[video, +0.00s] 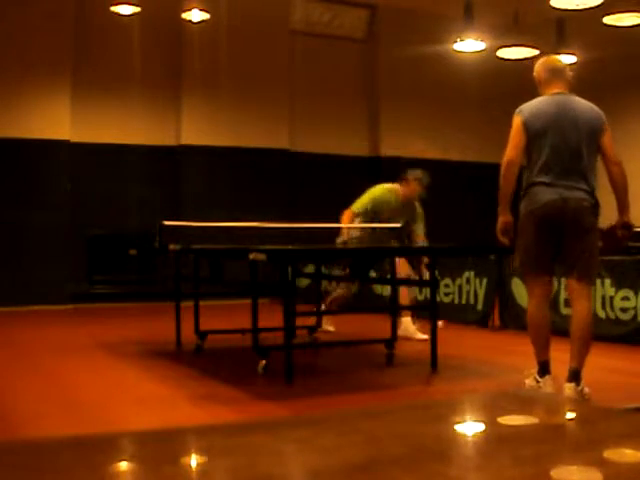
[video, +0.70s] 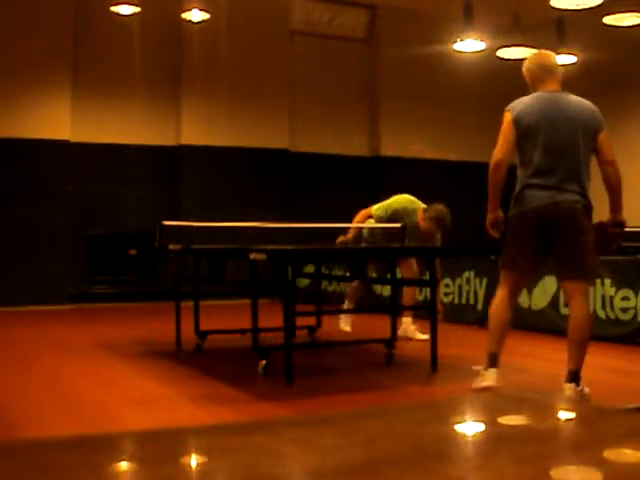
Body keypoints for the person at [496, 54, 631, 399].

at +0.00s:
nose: (535, 84)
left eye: (535, 79)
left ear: (539, 81)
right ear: (568, 78)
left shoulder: (526, 113)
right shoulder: (594, 114)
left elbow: (511, 162)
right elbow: (614, 165)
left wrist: (504, 211)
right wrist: (624, 213)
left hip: (538, 207)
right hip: (581, 207)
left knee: (538, 291)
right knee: (581, 290)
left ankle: (543, 373)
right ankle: (574, 380)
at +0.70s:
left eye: (526, 78)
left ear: (528, 79)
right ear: (559, 76)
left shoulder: (518, 109)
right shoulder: (588, 111)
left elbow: (499, 160)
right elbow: (609, 165)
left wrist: (493, 207)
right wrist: (617, 213)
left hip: (529, 215)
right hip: (573, 215)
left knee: (507, 288)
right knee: (578, 295)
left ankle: (490, 368)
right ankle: (573, 381)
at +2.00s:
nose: (486, 71)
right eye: (486, 65)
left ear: (454, 72)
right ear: (485, 69)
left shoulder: (436, 108)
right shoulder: (507, 107)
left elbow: (418, 162)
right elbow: (525, 161)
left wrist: (419, 212)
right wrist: (542, 212)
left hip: (445, 207)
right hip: (487, 208)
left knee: (455, 293)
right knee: (480, 297)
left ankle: (470, 373)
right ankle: (463, 382)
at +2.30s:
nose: (486, 70)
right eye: (485, 65)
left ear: (452, 71)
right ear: (486, 69)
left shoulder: (432, 104)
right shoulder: (504, 107)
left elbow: (409, 156)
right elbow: (519, 162)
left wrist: (415, 209)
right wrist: (530, 215)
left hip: (441, 206)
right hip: (483, 207)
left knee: (453, 290)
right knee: (480, 294)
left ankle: (463, 375)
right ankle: (462, 383)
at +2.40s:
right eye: (482, 64)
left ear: (451, 68)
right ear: (484, 68)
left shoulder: (432, 103)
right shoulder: (504, 106)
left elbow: (408, 156)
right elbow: (519, 162)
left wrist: (416, 205)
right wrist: (529, 215)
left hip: (440, 208)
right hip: (484, 208)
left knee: (451, 291)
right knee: (479, 296)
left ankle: (451, 373)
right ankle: (462, 383)